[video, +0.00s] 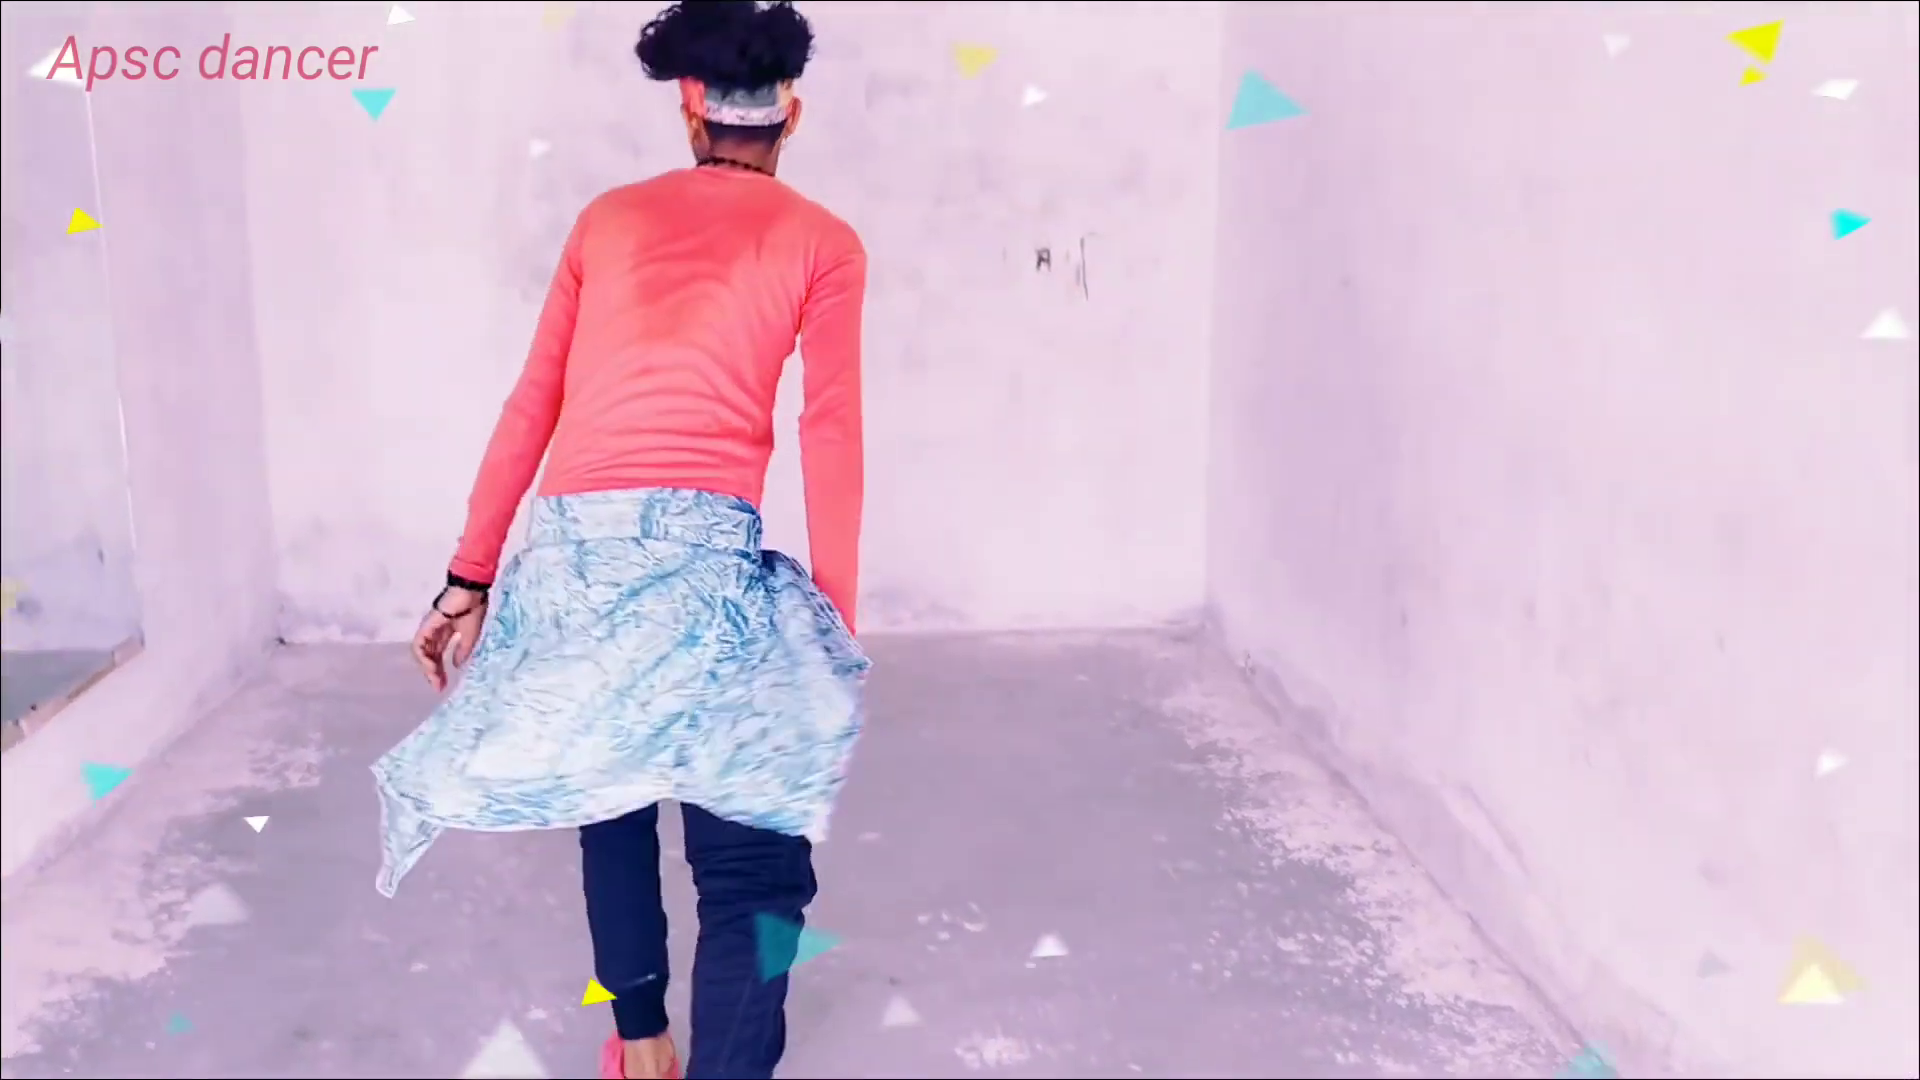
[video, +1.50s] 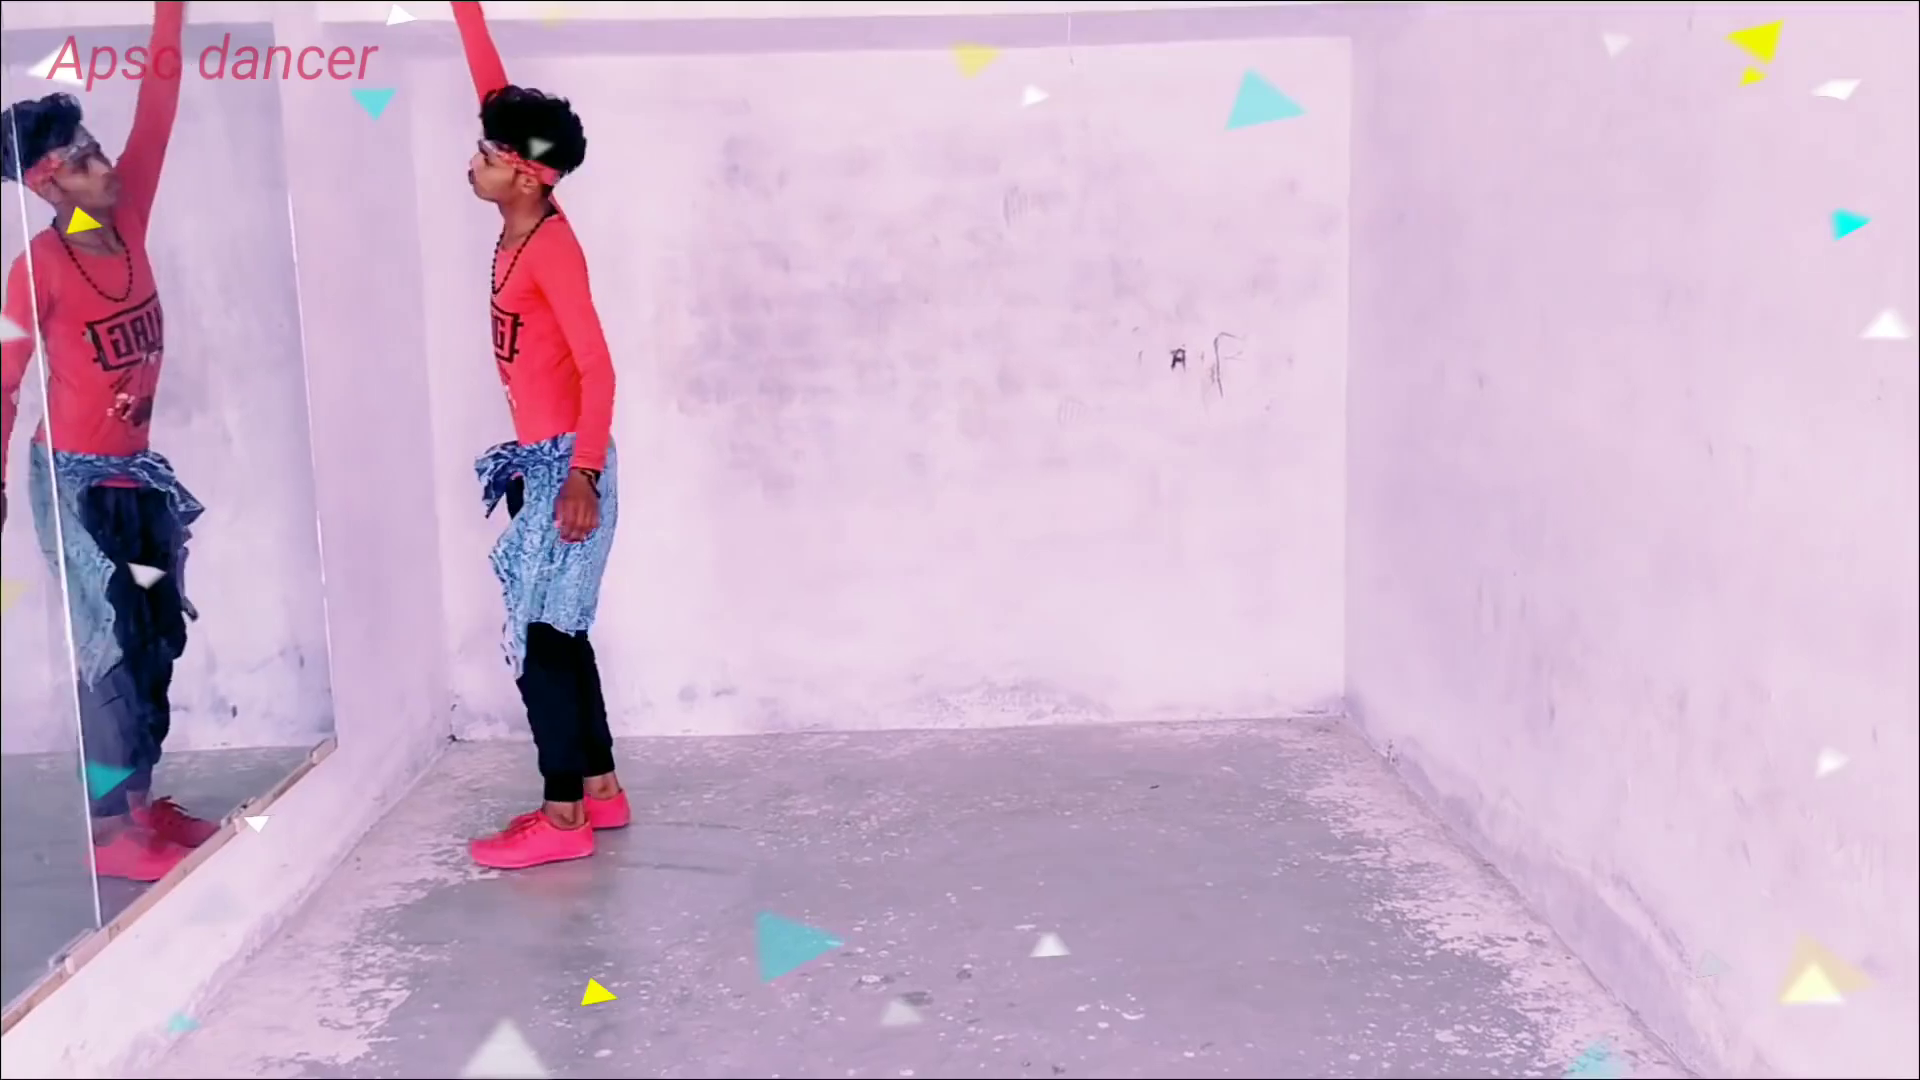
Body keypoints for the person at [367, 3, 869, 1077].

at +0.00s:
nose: (702, 106)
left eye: (688, 90)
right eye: (782, 91)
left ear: (686, 103)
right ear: (793, 107)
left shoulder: (607, 217)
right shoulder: (820, 241)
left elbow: (534, 402)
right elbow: (827, 428)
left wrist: (469, 575)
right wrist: (835, 616)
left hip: (562, 570)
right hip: (702, 576)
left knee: (611, 811)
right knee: (748, 878)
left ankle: (642, 1048)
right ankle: (730, 1069)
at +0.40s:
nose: (626, 206)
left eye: (620, 194)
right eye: (667, 195)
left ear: (615, 205)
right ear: (705, 206)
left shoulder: (567, 313)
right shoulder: (743, 323)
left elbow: (535, 470)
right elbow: (783, 478)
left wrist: (525, 607)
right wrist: (817, 614)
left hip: (601, 598)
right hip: (707, 589)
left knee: (645, 837)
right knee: (710, 762)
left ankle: (707, 1056)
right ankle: (736, 940)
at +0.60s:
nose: (575, 160)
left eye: (576, 149)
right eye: (583, 149)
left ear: (585, 159)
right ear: (663, 163)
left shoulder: (553, 258)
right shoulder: (700, 269)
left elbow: (524, 407)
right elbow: (705, 420)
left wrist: (500, 537)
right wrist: (684, 519)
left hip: (592, 532)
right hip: (686, 526)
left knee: (557, 725)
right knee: (727, 721)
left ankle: (680, 899)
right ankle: (779, 934)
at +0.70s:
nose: (535, 164)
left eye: (536, 152)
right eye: (546, 150)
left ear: (544, 164)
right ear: (618, 160)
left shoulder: (532, 261)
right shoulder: (658, 256)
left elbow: (503, 399)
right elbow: (636, 373)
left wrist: (465, 527)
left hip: (588, 529)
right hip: (678, 515)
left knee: (527, 688)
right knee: (725, 721)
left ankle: (583, 882)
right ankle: (785, 920)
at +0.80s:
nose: (494, 211)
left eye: (495, 201)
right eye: (495, 204)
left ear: (501, 207)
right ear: (575, 201)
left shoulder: (508, 300)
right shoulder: (611, 271)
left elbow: (487, 430)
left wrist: (437, 553)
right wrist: (500, 249)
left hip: (571, 540)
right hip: (653, 522)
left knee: (515, 677)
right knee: (706, 712)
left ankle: (497, 847)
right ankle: (786, 904)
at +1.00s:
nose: (427, 205)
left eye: (430, 194)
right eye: (433, 192)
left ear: (442, 204)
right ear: (511, 189)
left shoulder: (460, 291)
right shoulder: (547, 248)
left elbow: (465, 423)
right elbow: (510, 164)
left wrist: (433, 544)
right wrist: (452, 88)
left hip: (518, 511)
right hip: (592, 496)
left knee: (471, 671)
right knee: (585, 661)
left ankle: (497, 847)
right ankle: (689, 792)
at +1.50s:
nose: (474, 162)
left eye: (487, 154)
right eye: (480, 148)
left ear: (526, 173)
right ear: (522, 168)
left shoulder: (552, 251)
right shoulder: (522, 218)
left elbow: (597, 369)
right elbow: (493, 91)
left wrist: (583, 476)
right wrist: (463, 8)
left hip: (561, 468)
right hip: (547, 459)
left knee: (537, 637)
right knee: (556, 630)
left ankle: (563, 818)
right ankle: (598, 787)